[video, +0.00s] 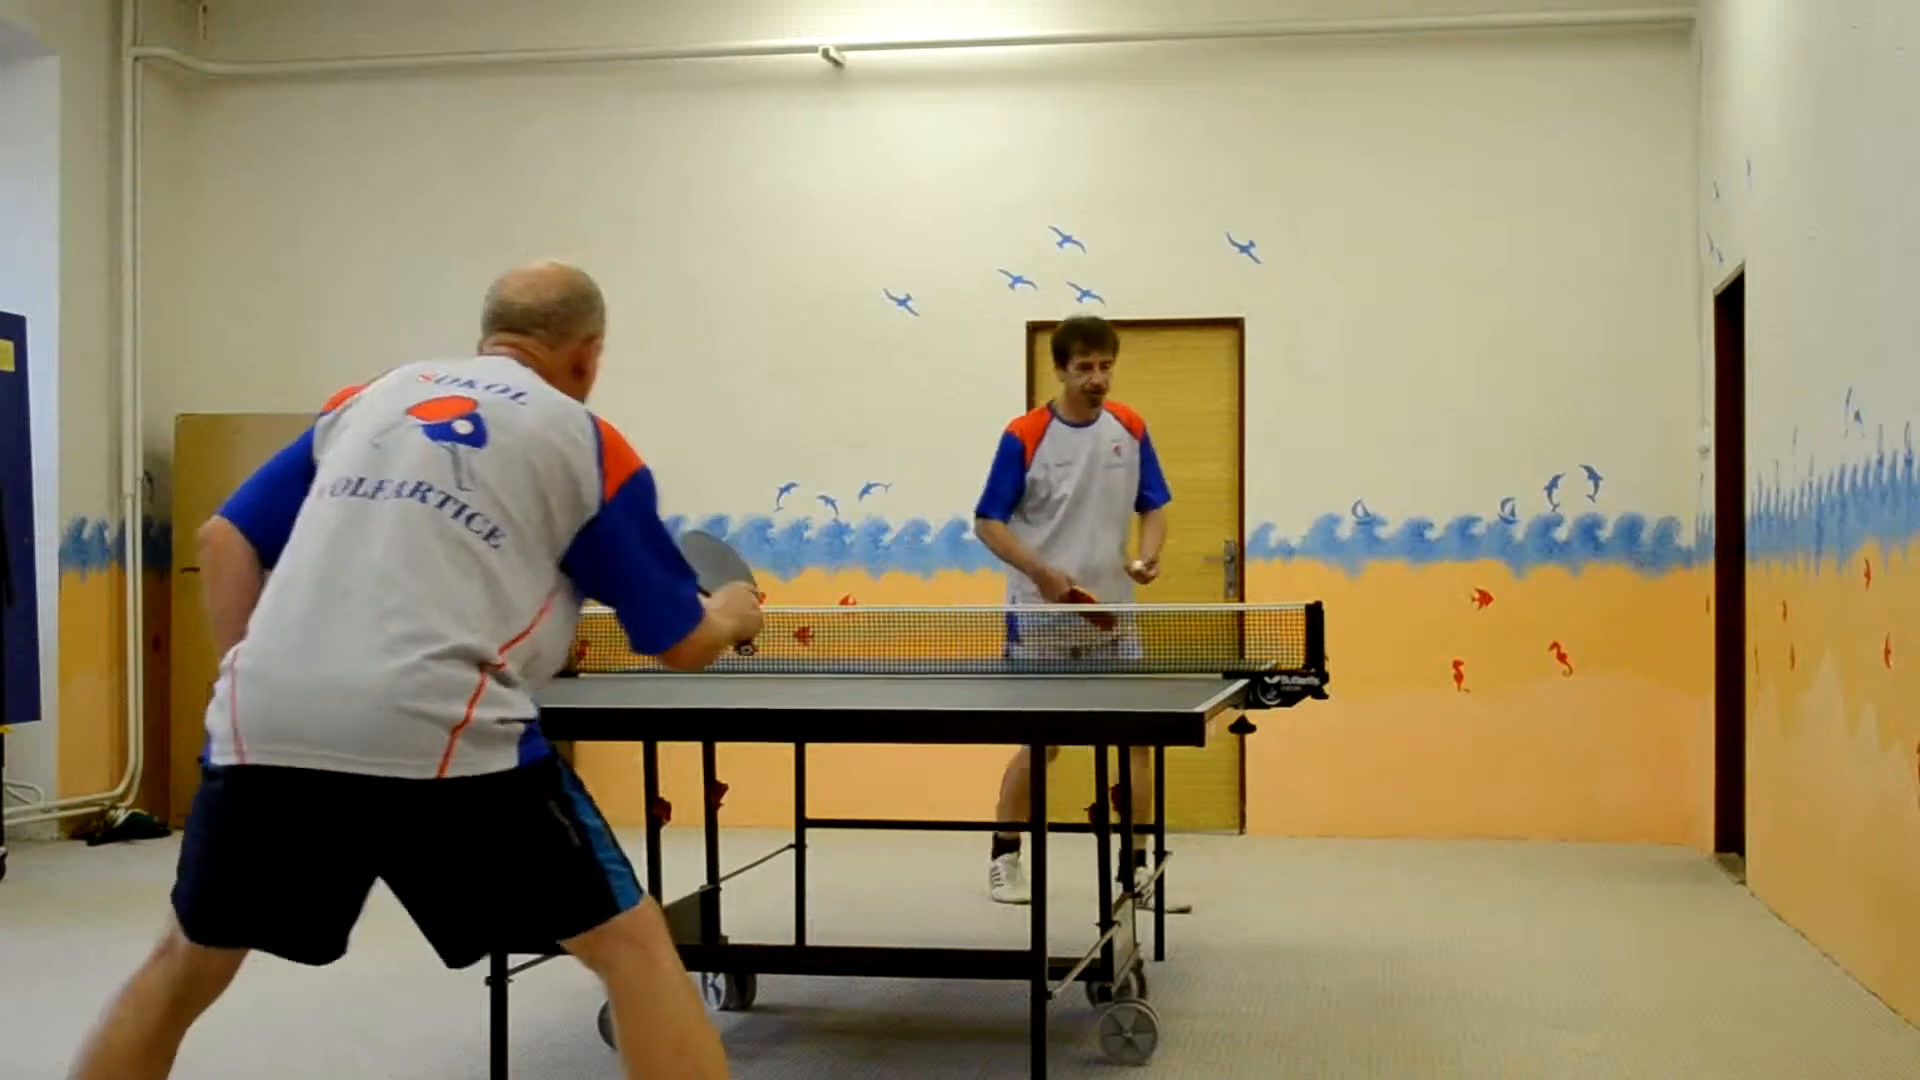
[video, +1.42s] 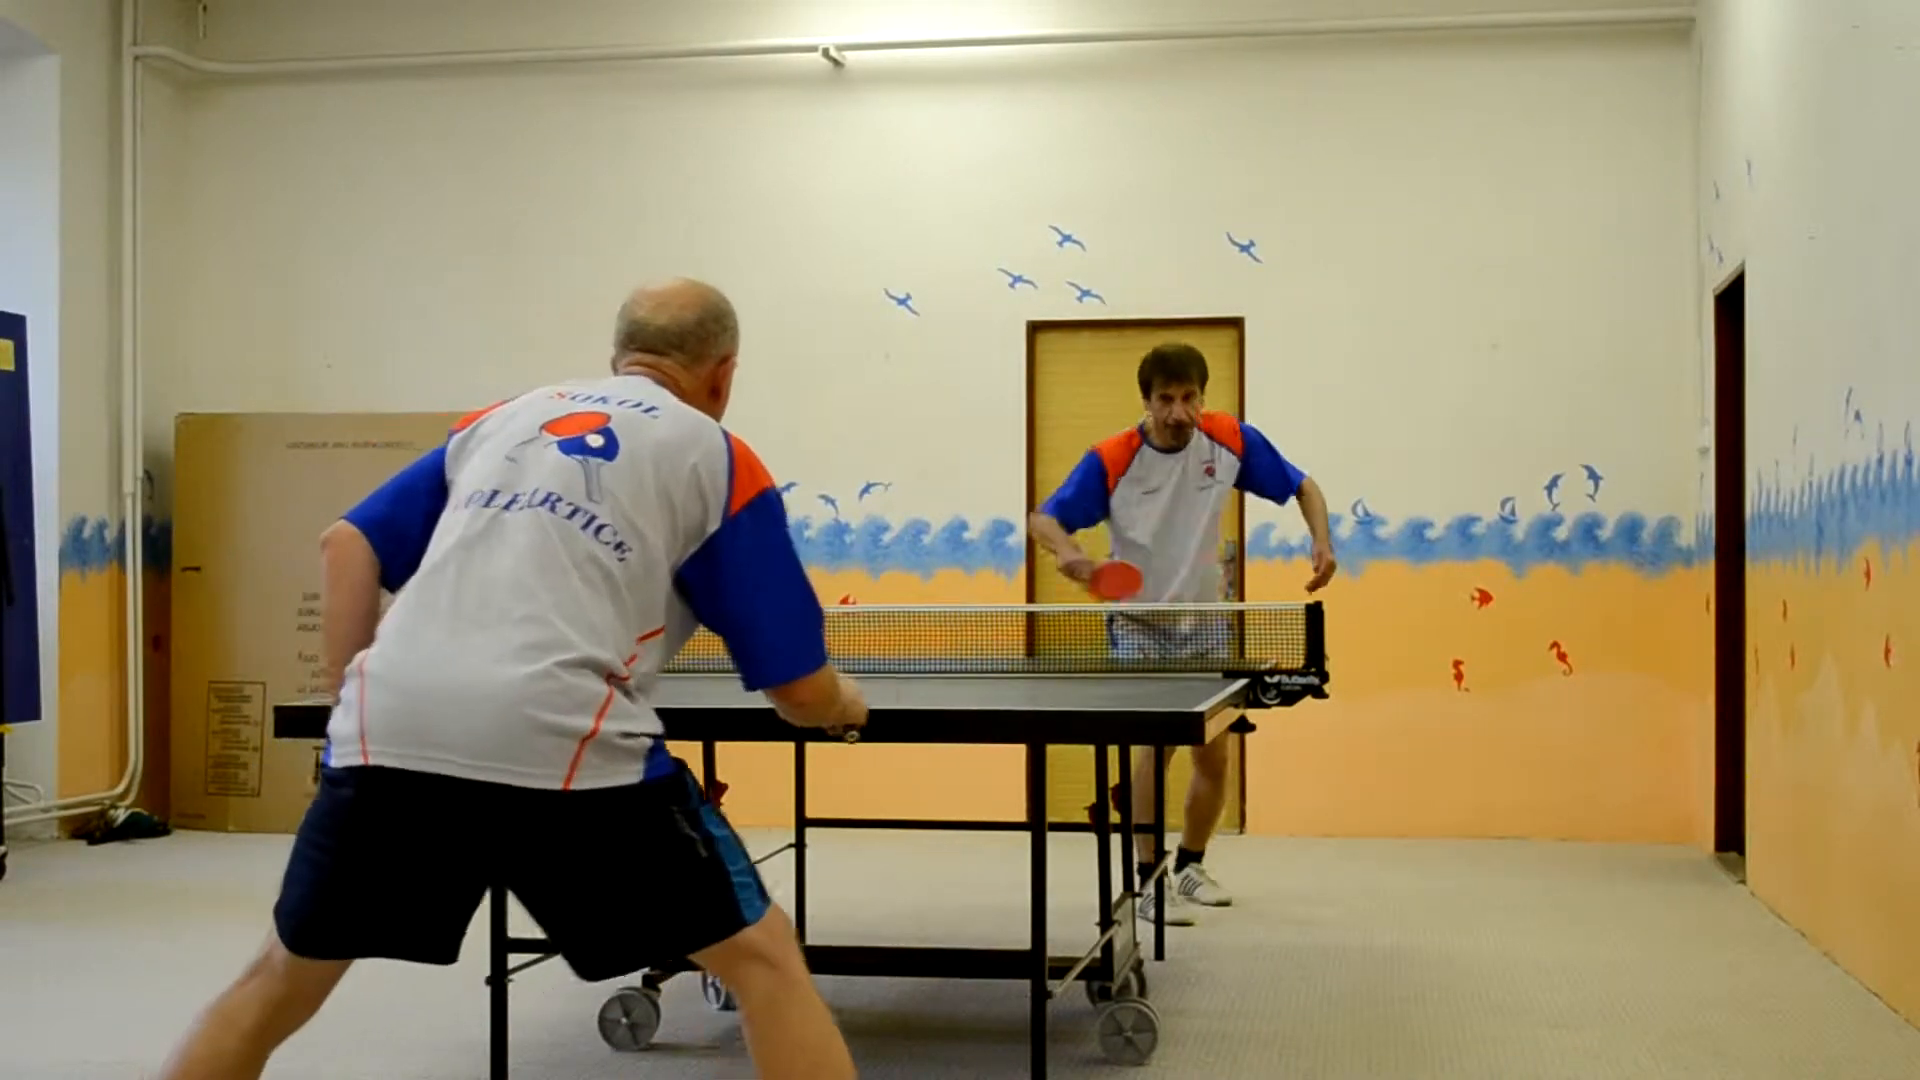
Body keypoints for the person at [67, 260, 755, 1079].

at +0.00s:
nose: (599, 372)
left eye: (599, 358)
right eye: (601, 360)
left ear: (485, 331)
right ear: (585, 358)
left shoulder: (360, 404)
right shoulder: (590, 447)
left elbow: (228, 539)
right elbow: (679, 641)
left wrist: (252, 695)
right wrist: (726, 614)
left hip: (267, 737)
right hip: (455, 745)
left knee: (180, 967)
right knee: (636, 958)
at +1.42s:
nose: (730, 389)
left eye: (730, 377)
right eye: (732, 376)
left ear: (615, 358)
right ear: (718, 373)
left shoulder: (499, 422)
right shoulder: (717, 460)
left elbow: (352, 544)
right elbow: (803, 692)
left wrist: (352, 710)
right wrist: (843, 704)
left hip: (387, 748)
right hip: (572, 757)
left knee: (280, 978)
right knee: (764, 967)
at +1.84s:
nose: (815, 338)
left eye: (813, 321)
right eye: (818, 322)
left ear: (705, 297)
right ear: (801, 320)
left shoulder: (574, 362)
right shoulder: (800, 447)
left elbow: (413, 476)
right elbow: (882, 627)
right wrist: (977, 644)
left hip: (486, 737)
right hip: (669, 750)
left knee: (395, 980)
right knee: (814, 934)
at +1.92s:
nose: (823, 361)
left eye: (826, 342)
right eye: (825, 343)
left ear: (714, 308)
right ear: (803, 340)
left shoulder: (574, 366)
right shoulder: (795, 471)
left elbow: (388, 437)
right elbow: (884, 637)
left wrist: (302, 494)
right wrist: (1012, 653)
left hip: (472, 746)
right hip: (657, 759)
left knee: (385, 981)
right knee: (810, 889)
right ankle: (871, 1078)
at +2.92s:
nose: (732, 364)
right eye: (733, 349)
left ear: (615, 332)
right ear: (725, 352)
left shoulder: (503, 410)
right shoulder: (722, 476)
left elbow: (331, 548)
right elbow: (834, 675)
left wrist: (277, 643)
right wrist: (950, 709)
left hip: (394, 780)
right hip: (582, 805)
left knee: (272, 990)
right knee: (743, 967)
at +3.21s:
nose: (703, 258)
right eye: (706, 242)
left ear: (586, 242)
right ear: (698, 250)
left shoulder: (482, 382)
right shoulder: (719, 417)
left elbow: (420, 596)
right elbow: (759, 656)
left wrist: (336, 778)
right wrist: (815, 696)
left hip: (509, 778)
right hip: (681, 782)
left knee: (431, 971)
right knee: (850, 934)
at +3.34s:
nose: (637, 197)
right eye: (640, 181)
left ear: (511, 198)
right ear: (636, 194)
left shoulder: (436, 358)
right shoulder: (691, 365)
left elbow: (406, 567)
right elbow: (817, 569)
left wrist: (371, 696)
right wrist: (925, 638)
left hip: (497, 753)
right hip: (679, 744)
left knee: (441, 954)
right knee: (857, 911)